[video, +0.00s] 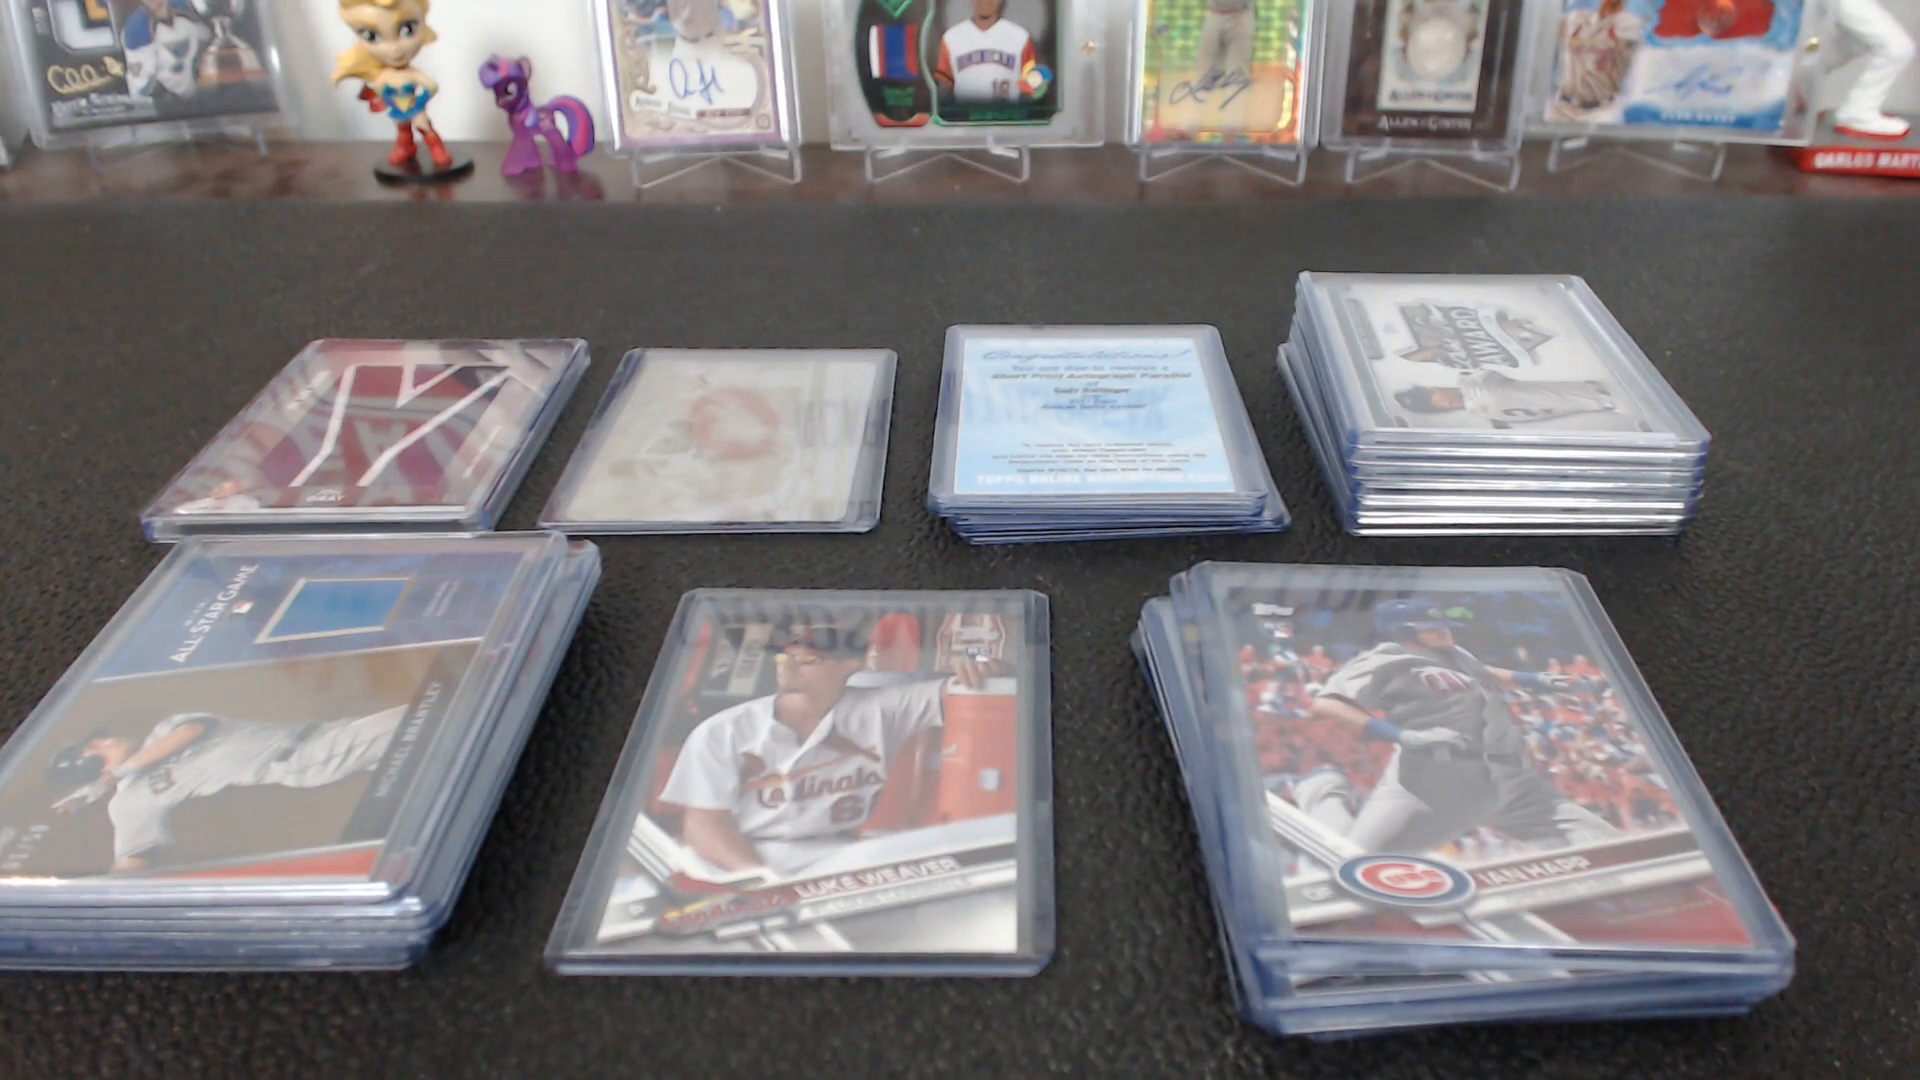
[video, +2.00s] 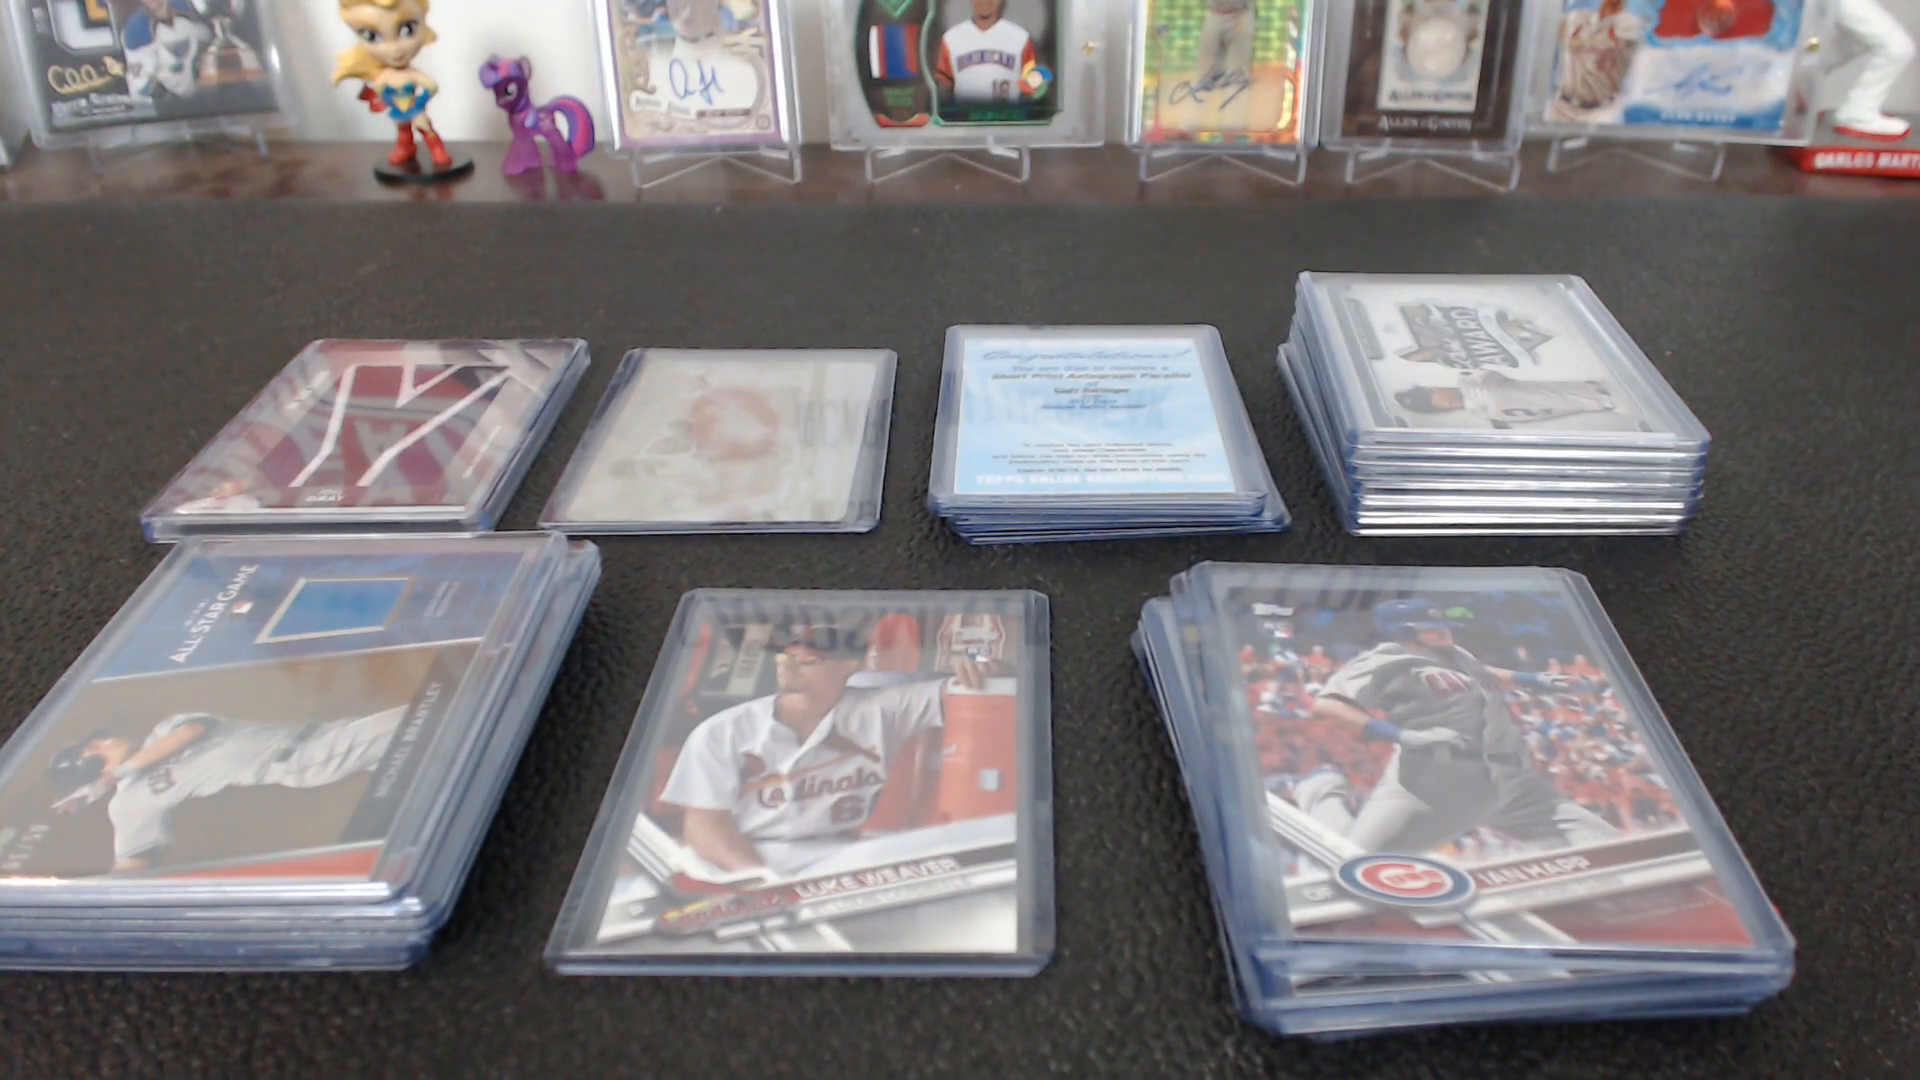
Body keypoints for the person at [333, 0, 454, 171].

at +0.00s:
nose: (394, 50)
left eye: (407, 30)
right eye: (371, 36)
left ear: (424, 27)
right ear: (358, 37)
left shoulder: (414, 74)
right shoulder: (377, 74)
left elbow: (427, 86)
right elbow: (370, 87)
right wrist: (376, 100)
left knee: (421, 121)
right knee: (401, 121)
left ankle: (436, 148)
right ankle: (405, 146)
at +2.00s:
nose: (394, 50)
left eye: (407, 30)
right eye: (371, 36)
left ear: (424, 27)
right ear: (358, 37)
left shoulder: (414, 75)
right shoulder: (378, 74)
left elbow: (426, 86)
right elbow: (369, 88)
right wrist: (375, 101)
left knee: (421, 121)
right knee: (401, 121)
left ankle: (436, 148)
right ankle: (405, 147)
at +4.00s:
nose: (394, 50)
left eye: (407, 30)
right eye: (372, 36)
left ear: (424, 29)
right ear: (359, 38)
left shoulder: (414, 75)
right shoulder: (379, 75)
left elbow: (426, 86)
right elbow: (370, 88)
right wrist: (375, 100)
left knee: (421, 122)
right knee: (401, 124)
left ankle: (437, 149)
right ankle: (405, 147)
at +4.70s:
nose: (394, 51)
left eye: (407, 30)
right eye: (372, 36)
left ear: (424, 29)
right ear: (359, 39)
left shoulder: (414, 75)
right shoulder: (379, 75)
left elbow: (426, 87)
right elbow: (370, 88)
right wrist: (374, 100)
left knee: (422, 123)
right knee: (401, 125)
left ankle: (437, 149)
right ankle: (405, 148)